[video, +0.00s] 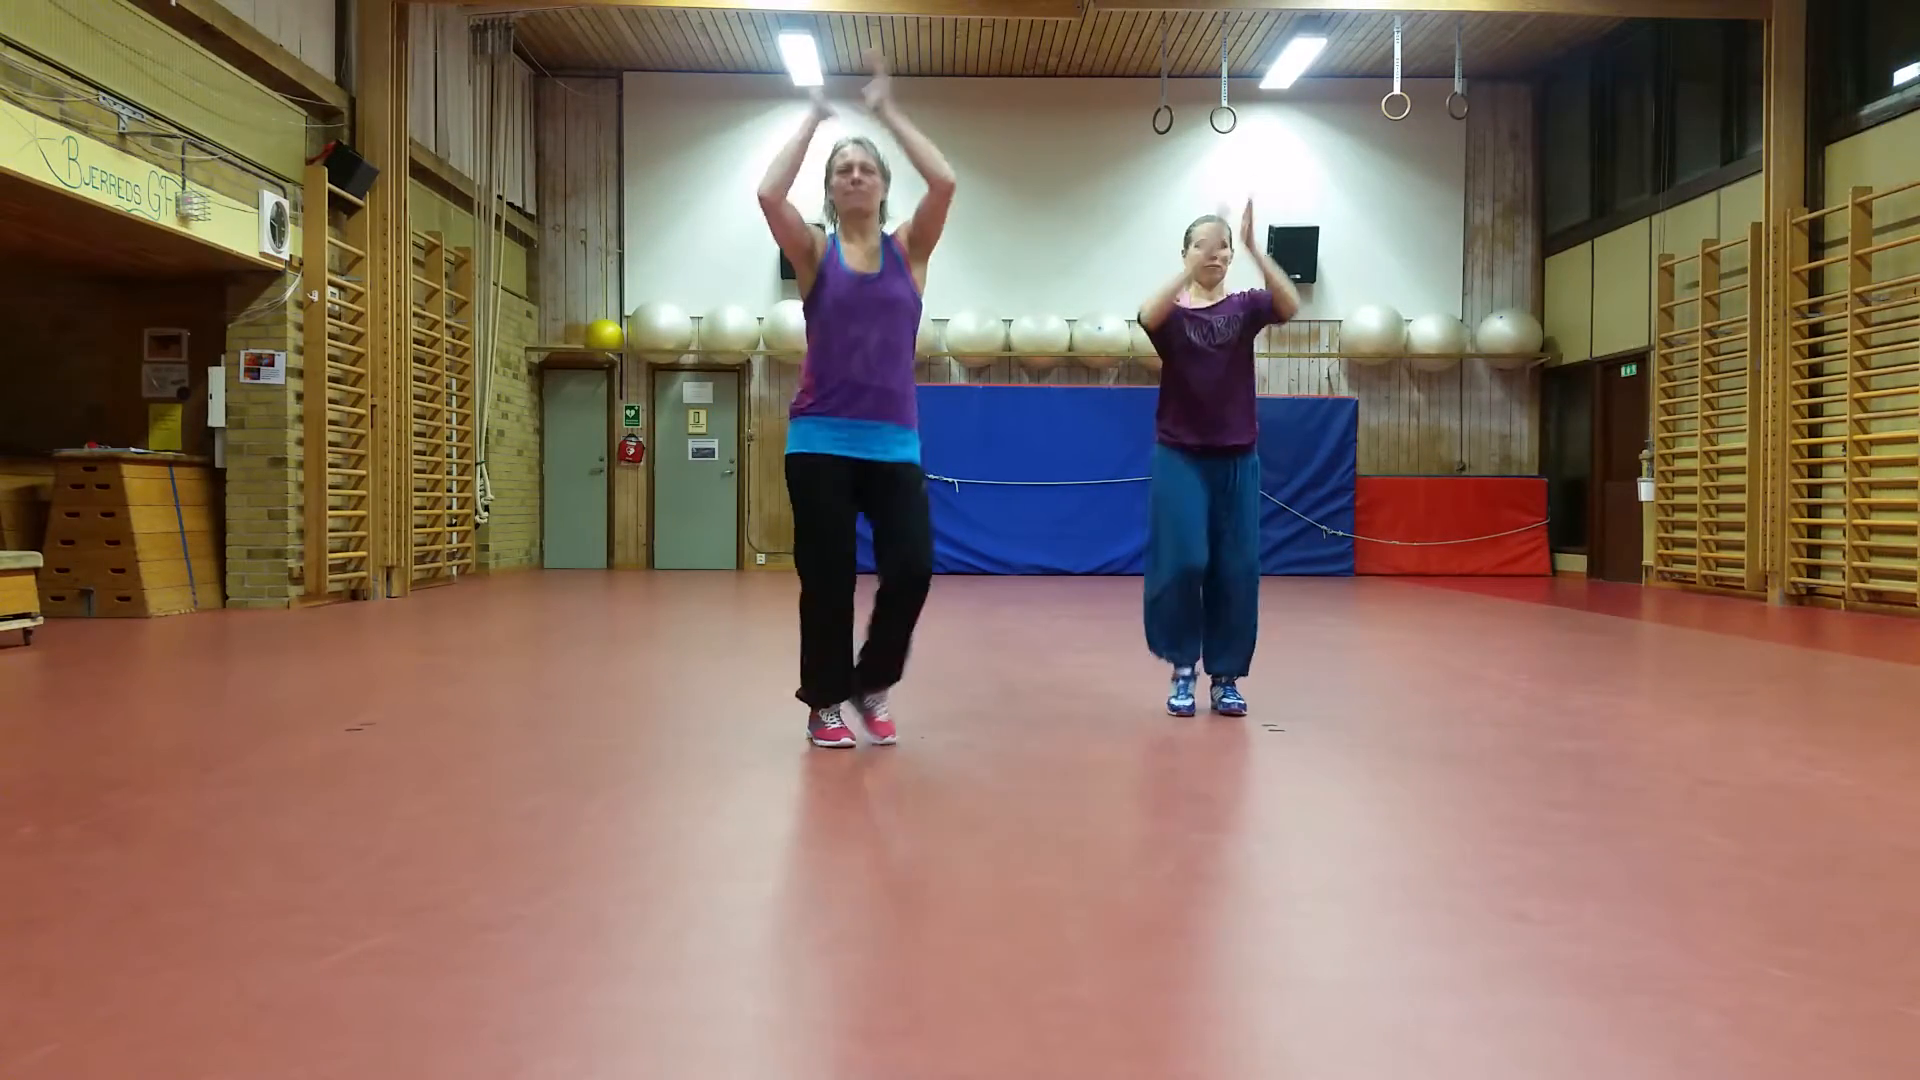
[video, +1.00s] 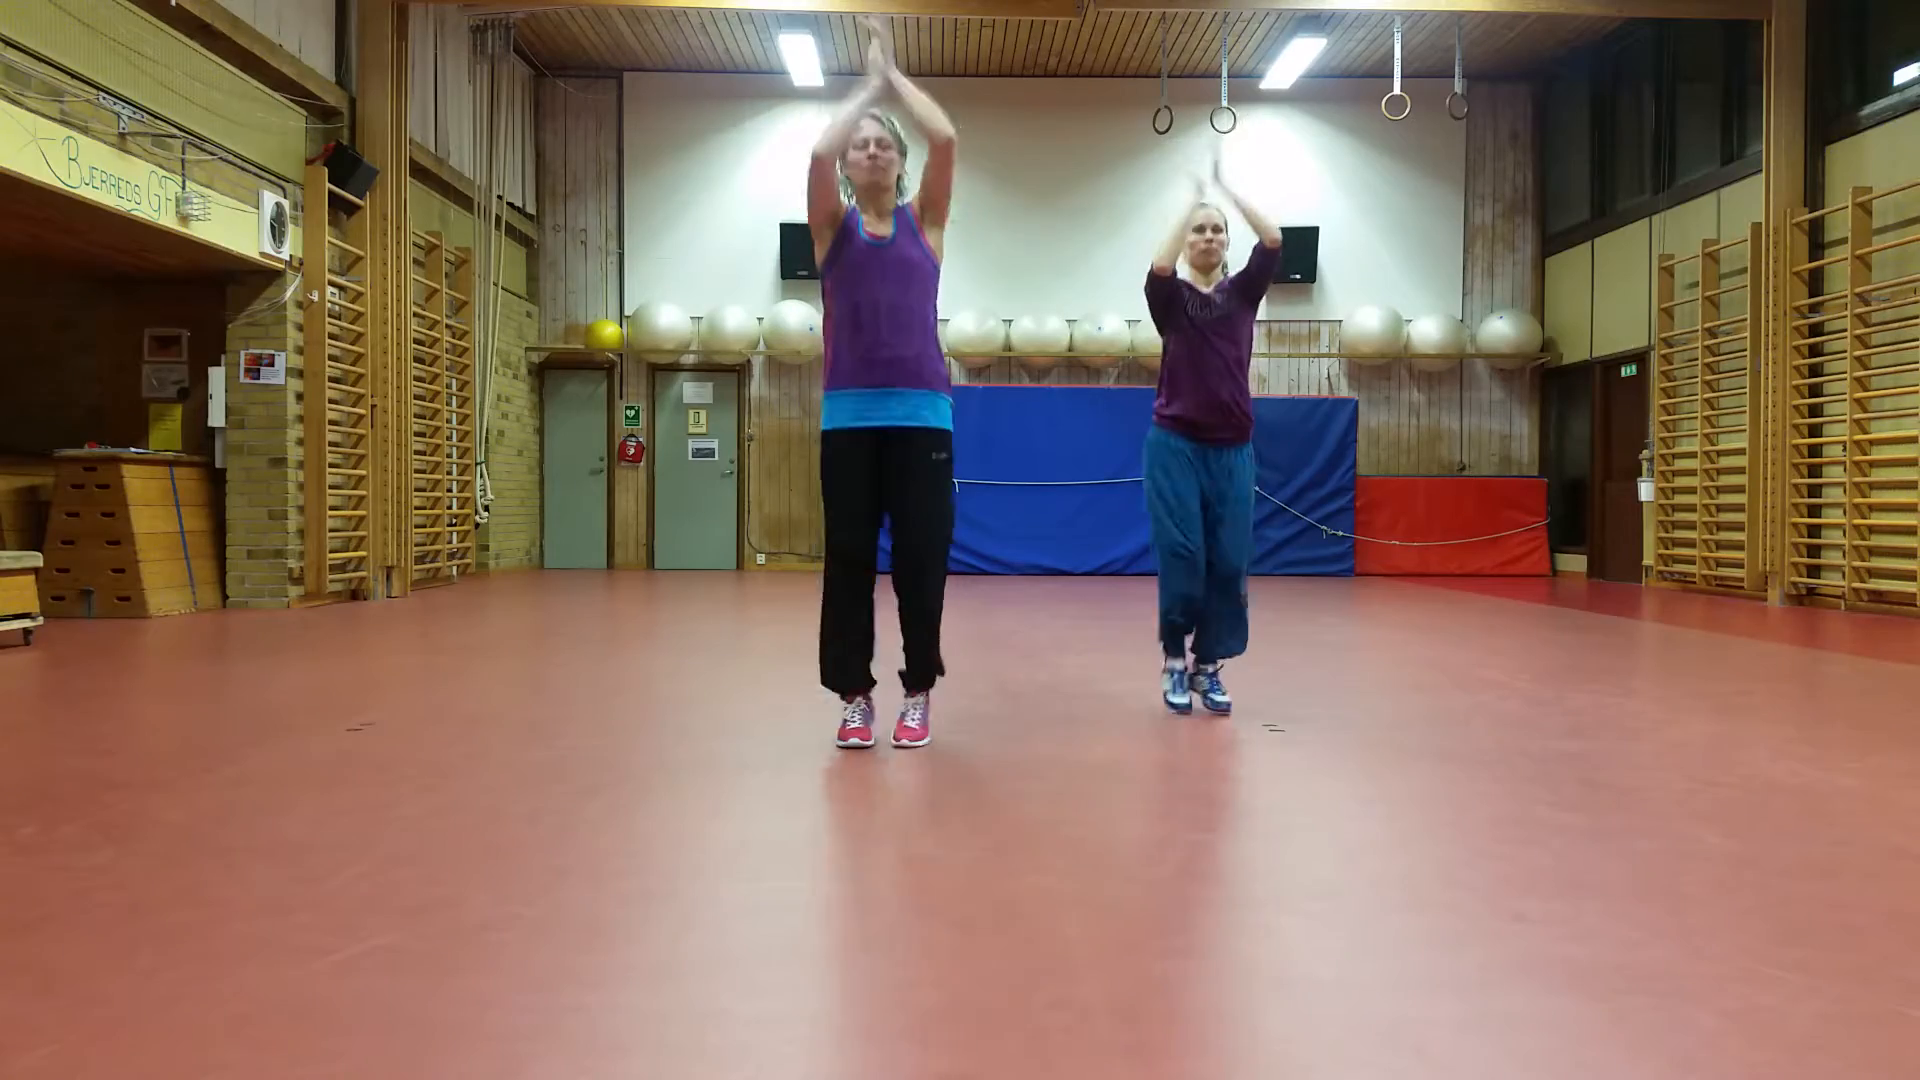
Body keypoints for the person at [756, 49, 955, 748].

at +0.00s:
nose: (852, 175)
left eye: (865, 169)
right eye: (841, 170)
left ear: (884, 187)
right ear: (828, 189)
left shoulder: (908, 251)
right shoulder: (814, 253)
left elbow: (944, 183)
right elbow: (769, 195)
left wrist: (886, 109)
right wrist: (814, 116)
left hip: (893, 439)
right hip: (822, 436)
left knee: (912, 568)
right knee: (828, 575)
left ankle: (869, 688)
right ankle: (825, 704)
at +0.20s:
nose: (866, 153)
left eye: (876, 146)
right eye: (854, 147)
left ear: (893, 163)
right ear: (836, 164)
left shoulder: (914, 227)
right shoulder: (825, 228)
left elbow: (936, 146)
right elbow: (808, 162)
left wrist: (885, 82)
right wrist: (847, 94)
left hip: (910, 412)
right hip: (839, 414)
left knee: (914, 556)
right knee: (834, 558)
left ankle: (912, 690)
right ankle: (841, 695)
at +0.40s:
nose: (870, 168)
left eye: (882, 161)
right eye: (858, 163)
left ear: (901, 179)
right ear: (845, 181)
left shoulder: (925, 242)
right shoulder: (832, 243)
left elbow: (957, 167)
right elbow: (788, 188)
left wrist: (902, 93)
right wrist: (840, 110)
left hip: (923, 430)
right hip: (847, 432)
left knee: (921, 570)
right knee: (820, 554)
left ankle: (914, 705)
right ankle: (850, 687)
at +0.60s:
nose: (868, 157)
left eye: (878, 149)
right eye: (857, 150)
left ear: (898, 164)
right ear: (841, 166)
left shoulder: (922, 229)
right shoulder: (831, 232)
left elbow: (926, 146)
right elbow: (805, 163)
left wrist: (875, 78)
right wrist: (854, 88)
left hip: (914, 415)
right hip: (842, 414)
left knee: (912, 562)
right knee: (846, 557)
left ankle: (906, 696)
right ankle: (846, 690)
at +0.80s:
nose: (866, 170)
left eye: (877, 162)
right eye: (854, 163)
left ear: (895, 178)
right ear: (839, 181)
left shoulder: (922, 242)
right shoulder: (826, 247)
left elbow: (962, 170)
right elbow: (784, 191)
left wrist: (902, 99)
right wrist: (833, 111)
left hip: (911, 435)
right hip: (838, 435)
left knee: (934, 563)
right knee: (843, 573)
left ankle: (900, 693)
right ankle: (848, 703)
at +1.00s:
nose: (874, 150)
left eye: (883, 144)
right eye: (862, 145)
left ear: (901, 163)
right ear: (844, 164)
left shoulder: (924, 222)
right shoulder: (833, 226)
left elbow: (945, 139)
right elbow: (823, 153)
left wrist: (894, 77)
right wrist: (871, 80)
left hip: (922, 416)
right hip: (851, 417)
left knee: (921, 562)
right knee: (849, 561)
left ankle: (918, 693)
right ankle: (854, 697)